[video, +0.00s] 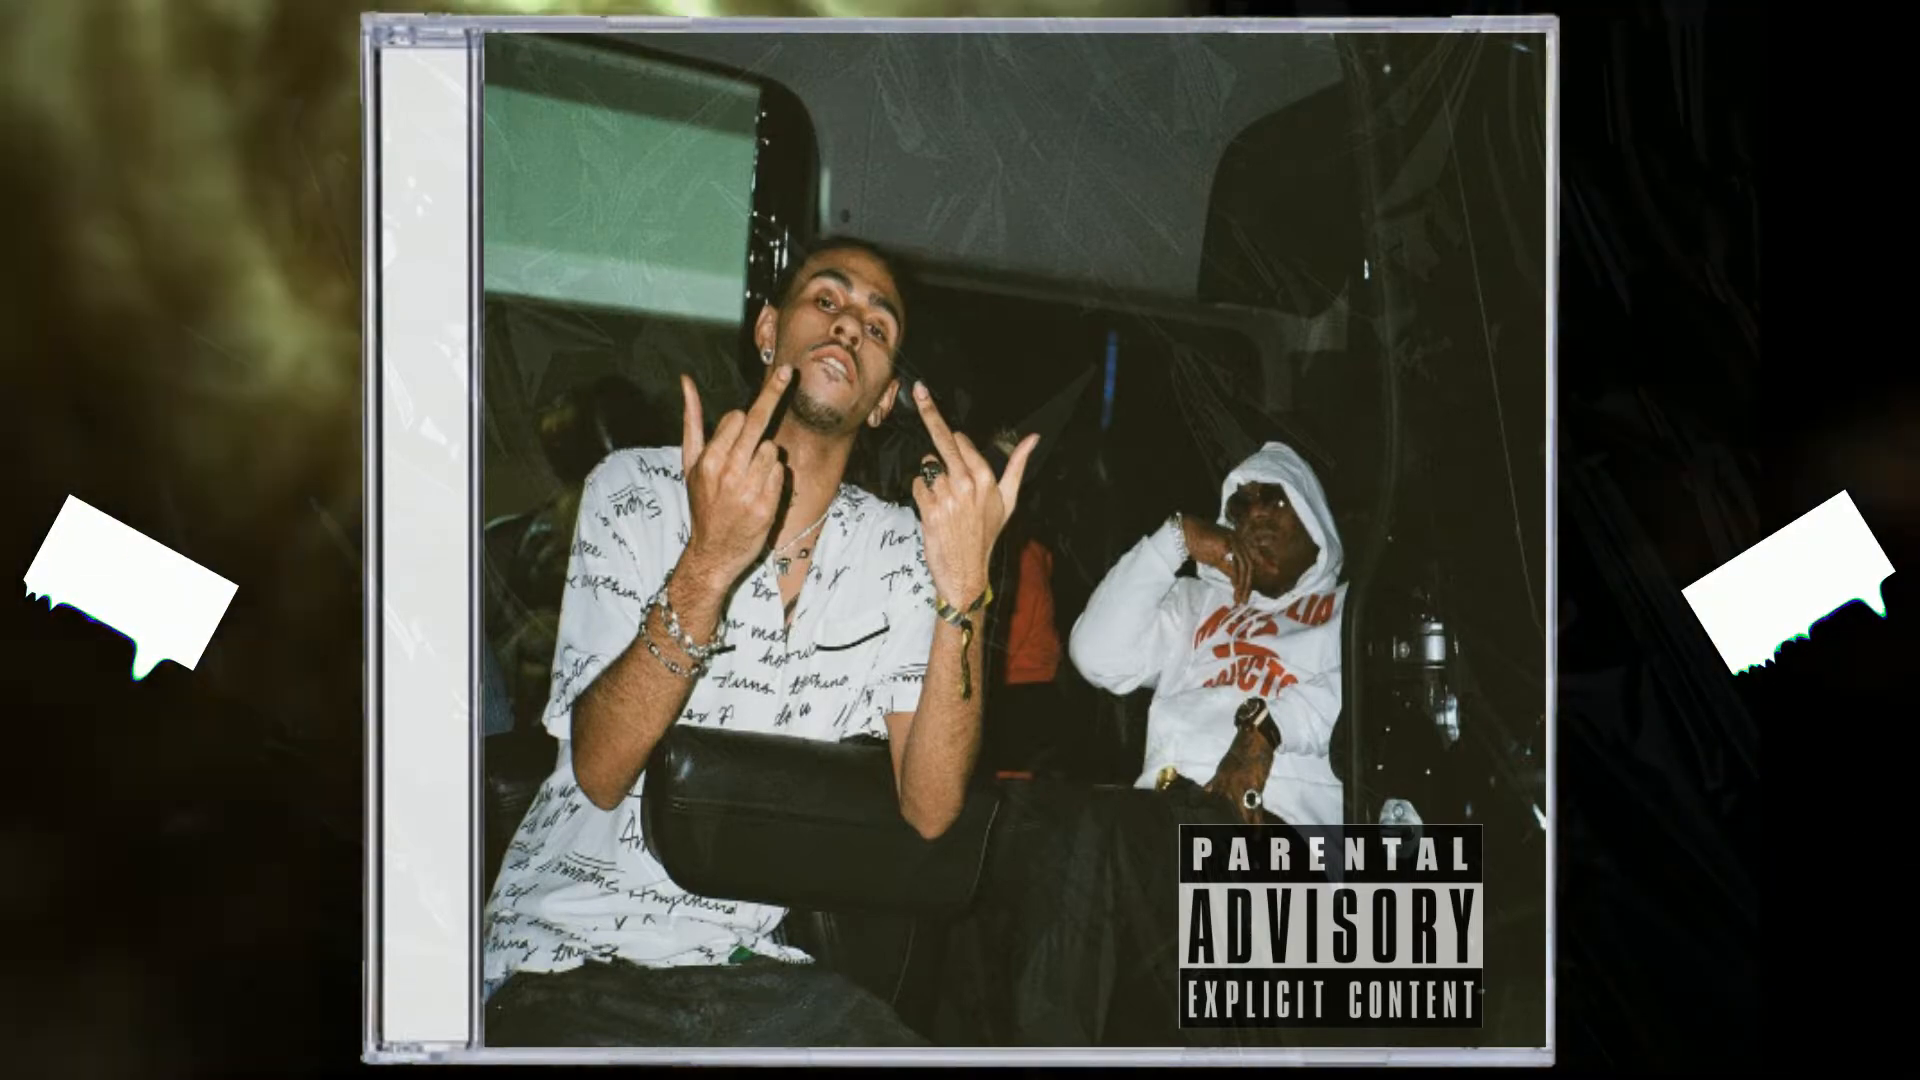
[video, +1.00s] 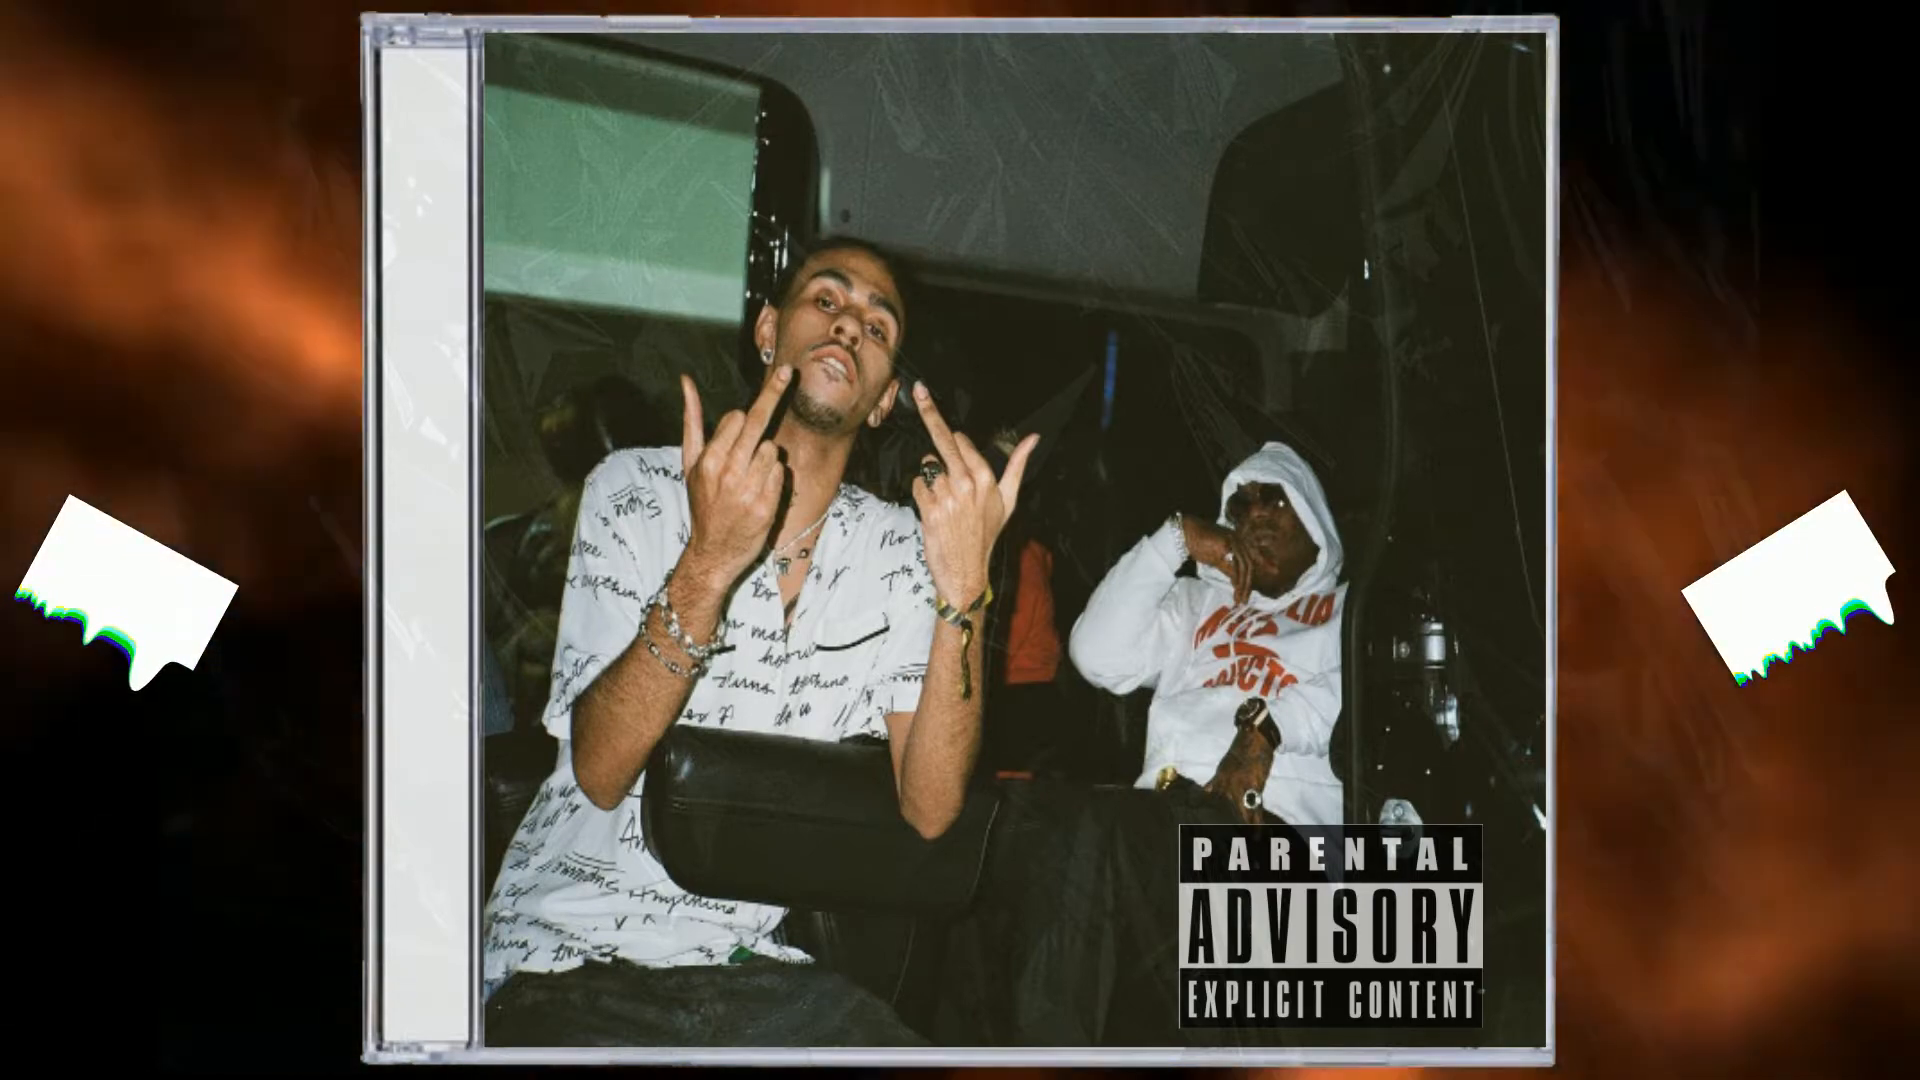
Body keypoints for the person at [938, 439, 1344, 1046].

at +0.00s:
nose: (1259, 517)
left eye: (1280, 501)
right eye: (1246, 502)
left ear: (1319, 522)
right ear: (1227, 523)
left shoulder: (1351, 606)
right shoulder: (1197, 601)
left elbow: (1357, 700)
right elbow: (1099, 658)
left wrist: (1269, 725)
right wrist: (1176, 539)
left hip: (1284, 818)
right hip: (1164, 807)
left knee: (1095, 827)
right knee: (1025, 811)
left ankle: (1051, 1051)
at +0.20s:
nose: (1261, 516)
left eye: (1280, 500)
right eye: (1247, 501)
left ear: (1318, 521)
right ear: (1228, 522)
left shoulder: (1351, 608)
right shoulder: (1196, 601)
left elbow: (1357, 704)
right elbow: (1099, 658)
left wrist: (1266, 723)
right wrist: (1177, 539)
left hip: (1286, 817)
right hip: (1165, 807)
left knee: (1097, 825)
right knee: (1025, 812)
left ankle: (1052, 1052)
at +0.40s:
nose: (1259, 517)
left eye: (1280, 501)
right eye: (1246, 502)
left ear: (1319, 521)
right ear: (1227, 523)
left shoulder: (1352, 606)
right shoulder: (1197, 601)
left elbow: (1355, 702)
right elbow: (1099, 658)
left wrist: (1270, 725)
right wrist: (1176, 539)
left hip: (1287, 817)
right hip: (1166, 808)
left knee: (1096, 826)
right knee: (1025, 812)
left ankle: (1051, 1053)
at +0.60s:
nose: (1260, 516)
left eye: (1280, 500)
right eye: (1246, 502)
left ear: (1319, 521)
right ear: (1227, 522)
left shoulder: (1351, 607)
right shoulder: (1196, 601)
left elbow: (1351, 706)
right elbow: (1100, 658)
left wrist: (1267, 724)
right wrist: (1176, 539)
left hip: (1286, 818)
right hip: (1165, 807)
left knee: (1095, 826)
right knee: (1026, 811)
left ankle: (1052, 1053)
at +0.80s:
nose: (1261, 516)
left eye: (1280, 500)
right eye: (1247, 501)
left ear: (1318, 521)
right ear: (1227, 523)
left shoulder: (1351, 608)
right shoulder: (1196, 601)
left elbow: (1355, 704)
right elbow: (1100, 658)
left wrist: (1266, 723)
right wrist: (1177, 539)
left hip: (1287, 816)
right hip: (1166, 806)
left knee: (1096, 825)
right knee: (1026, 811)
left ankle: (1051, 1054)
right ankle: (969, 1049)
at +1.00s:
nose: (1260, 516)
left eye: (1280, 501)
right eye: (1246, 502)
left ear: (1319, 522)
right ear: (1227, 523)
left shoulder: (1351, 607)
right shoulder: (1196, 601)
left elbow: (1354, 705)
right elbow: (1100, 658)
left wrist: (1267, 724)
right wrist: (1176, 540)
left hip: (1287, 816)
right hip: (1166, 806)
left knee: (1096, 826)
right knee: (1025, 812)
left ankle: (1052, 1054)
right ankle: (969, 1050)